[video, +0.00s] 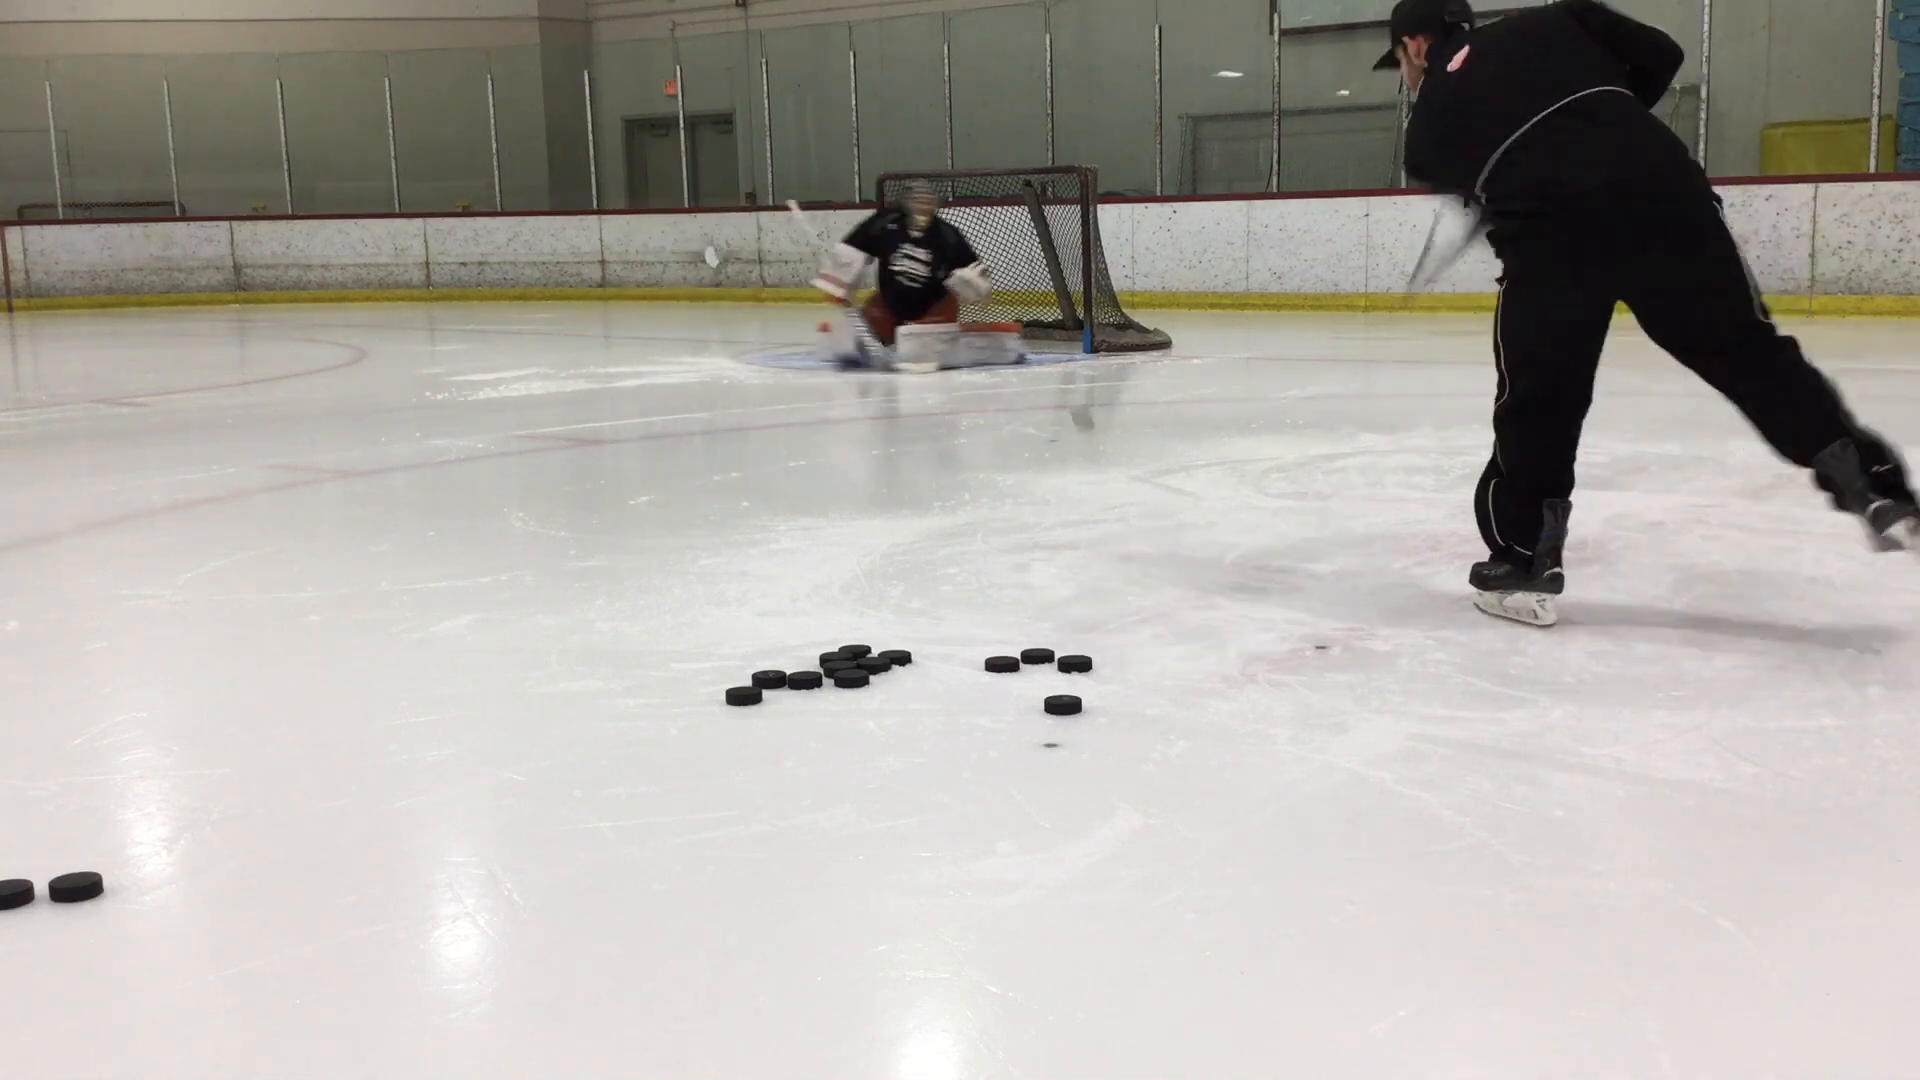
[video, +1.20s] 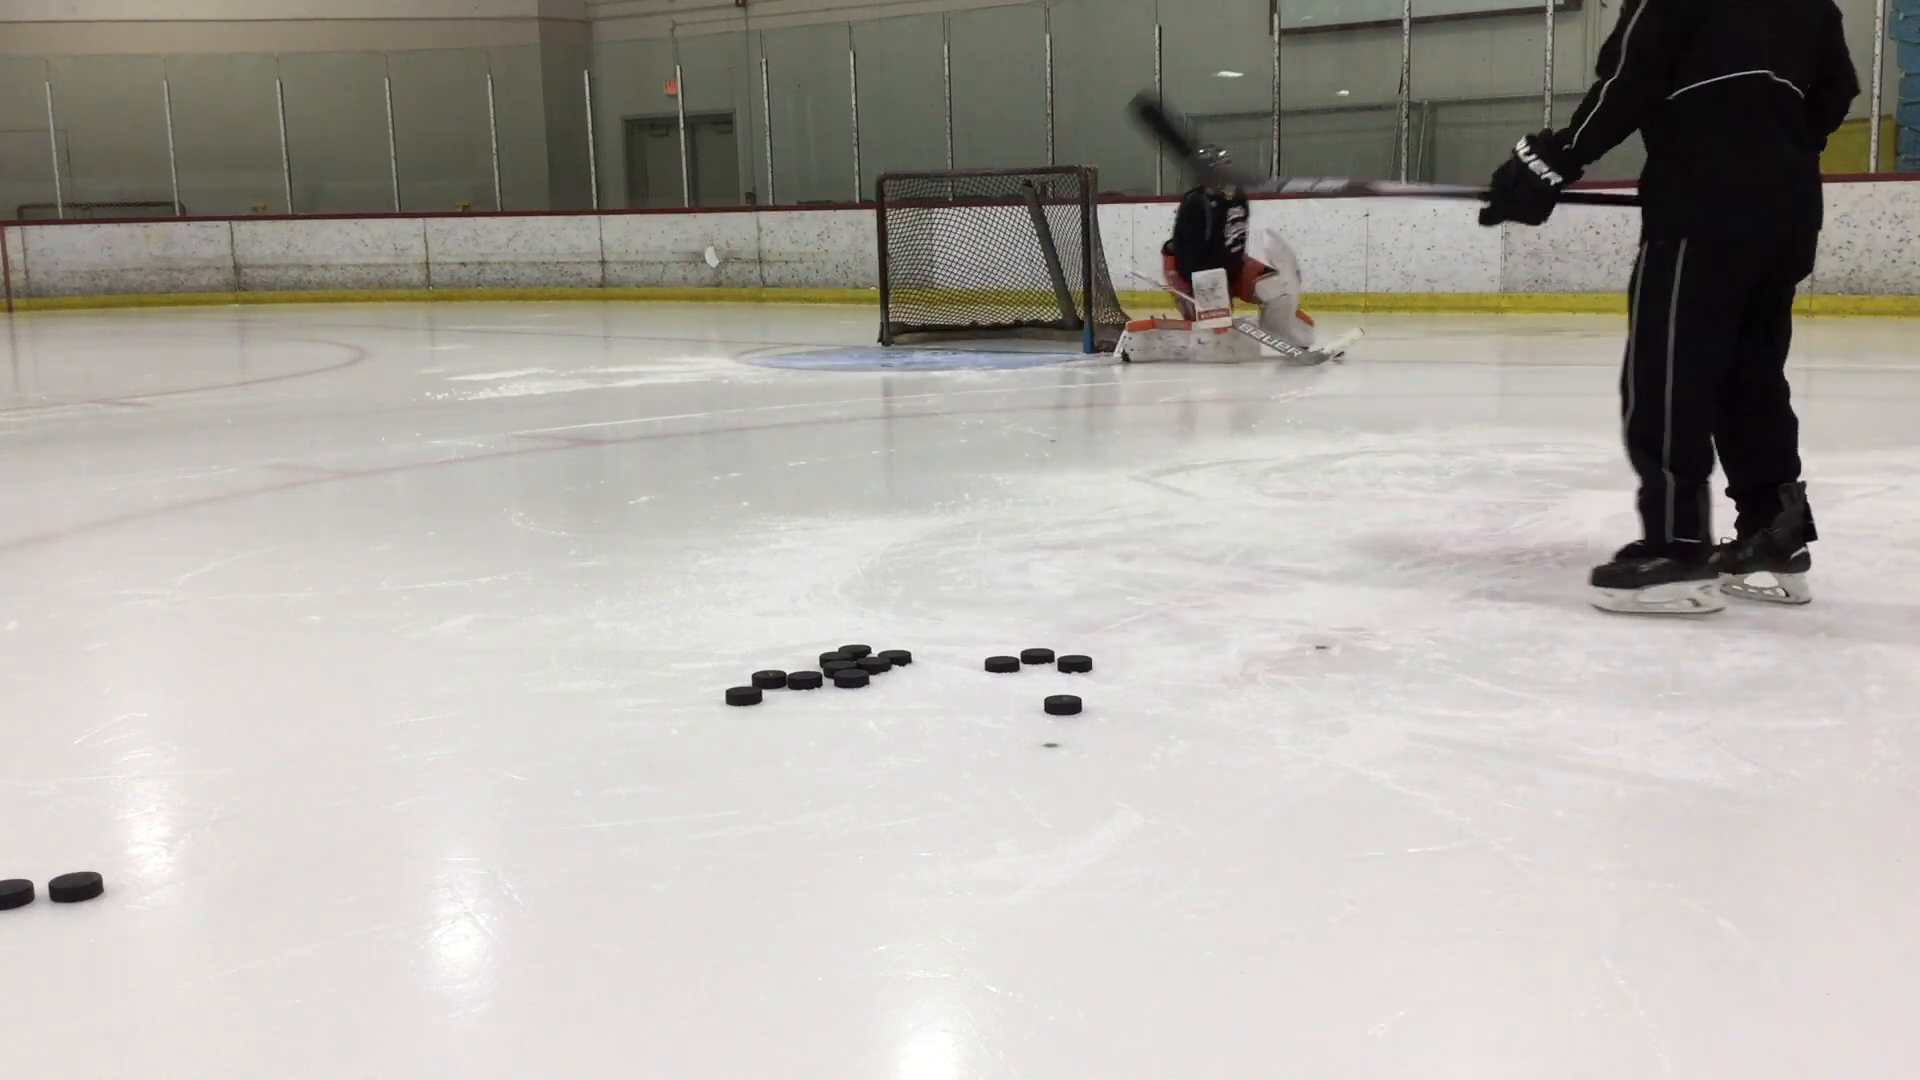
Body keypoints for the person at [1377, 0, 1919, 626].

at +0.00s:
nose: (1401, 77)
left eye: (1400, 62)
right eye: (1399, 64)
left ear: (1418, 48)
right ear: (1465, 27)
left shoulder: (1427, 127)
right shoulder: (1558, 20)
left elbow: (1453, 180)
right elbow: (1658, 54)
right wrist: (1603, 124)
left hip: (1554, 240)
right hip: (1665, 201)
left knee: (1540, 396)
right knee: (1742, 344)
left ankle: (1527, 557)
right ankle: (1865, 476)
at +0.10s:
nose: (1418, 50)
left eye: (1419, 38)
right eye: (1416, 39)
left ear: (1438, 32)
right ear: (1481, 16)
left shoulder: (1442, 102)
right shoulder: (1557, 14)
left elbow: (1449, 154)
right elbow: (1664, 28)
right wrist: (1636, 102)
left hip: (1544, 229)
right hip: (1653, 200)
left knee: (1534, 389)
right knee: (1709, 349)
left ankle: (1520, 548)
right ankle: (1794, 490)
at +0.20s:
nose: (1444, 22)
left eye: (1445, 14)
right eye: (1444, 13)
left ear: (1461, 16)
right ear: (1507, 4)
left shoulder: (1458, 78)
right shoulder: (1567, 8)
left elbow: (1461, 139)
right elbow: (1671, 12)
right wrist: (1663, 79)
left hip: (1542, 220)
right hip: (1651, 203)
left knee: (1532, 382)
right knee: (1678, 365)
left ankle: (1498, 528)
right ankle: (1721, 512)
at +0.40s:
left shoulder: (1509, 31)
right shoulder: (1658, 2)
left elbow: (1484, 108)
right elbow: (1729, 38)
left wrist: (1546, 147)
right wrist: (1697, 100)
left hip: (1543, 221)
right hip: (1648, 213)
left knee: (1546, 382)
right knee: (1671, 381)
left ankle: (1495, 534)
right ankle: (1709, 542)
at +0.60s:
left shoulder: (1542, 24)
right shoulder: (1697, 5)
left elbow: (1516, 108)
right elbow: (1778, 51)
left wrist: (1576, 161)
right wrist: (1748, 128)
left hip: (1568, 219)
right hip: (1674, 211)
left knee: (1569, 377)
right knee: (1696, 382)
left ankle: (1509, 528)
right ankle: (1726, 535)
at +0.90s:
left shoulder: (1608, 9)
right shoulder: (1782, 5)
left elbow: (1582, 109)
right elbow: (1853, 64)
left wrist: (1554, 218)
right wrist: (1791, 137)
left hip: (1647, 203)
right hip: (1752, 203)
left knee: (1601, 380)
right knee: (1731, 373)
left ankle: (1574, 537)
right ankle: (1758, 535)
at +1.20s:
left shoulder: (1664, 4)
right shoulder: (1810, 5)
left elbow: (1627, 80)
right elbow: (1837, 83)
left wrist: (1549, 161)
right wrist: (1783, 149)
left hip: (1696, 197)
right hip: (1786, 199)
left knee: (1663, 373)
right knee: (1751, 373)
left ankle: (1674, 543)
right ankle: (1775, 532)